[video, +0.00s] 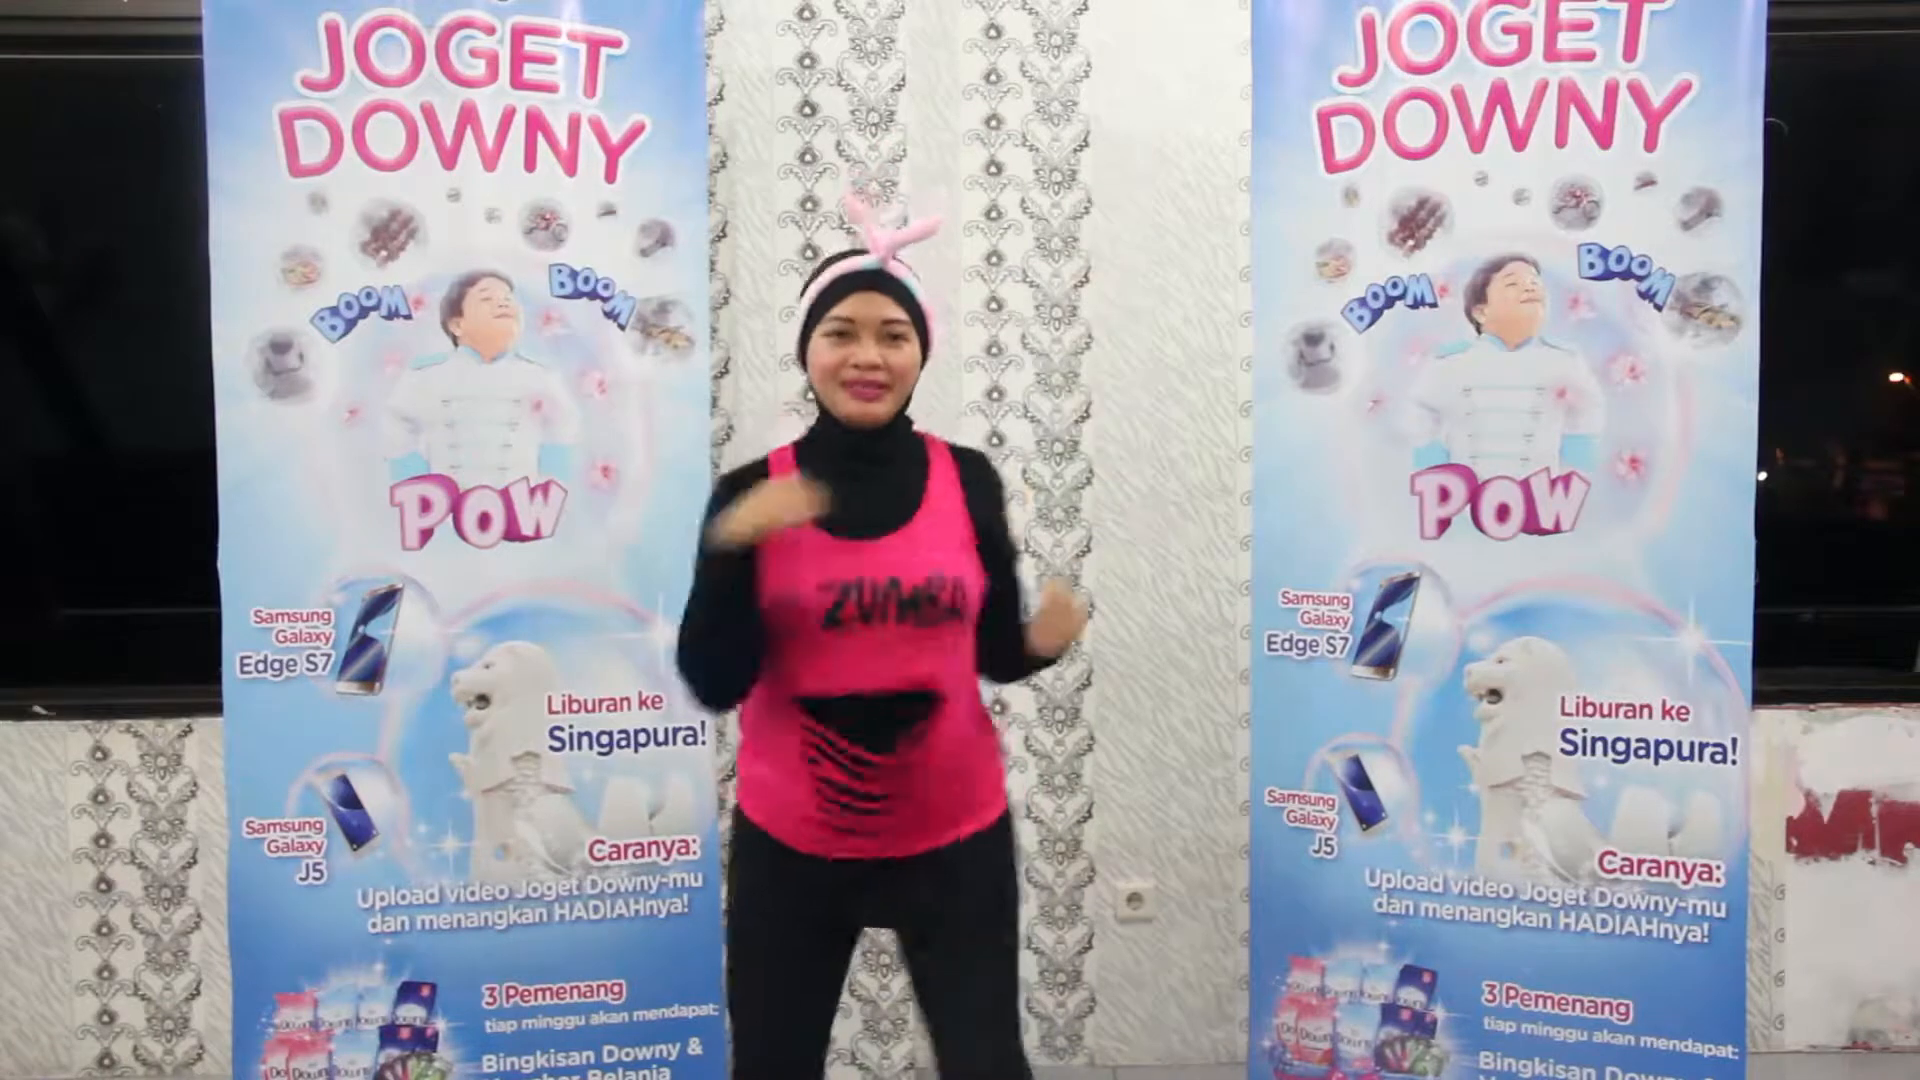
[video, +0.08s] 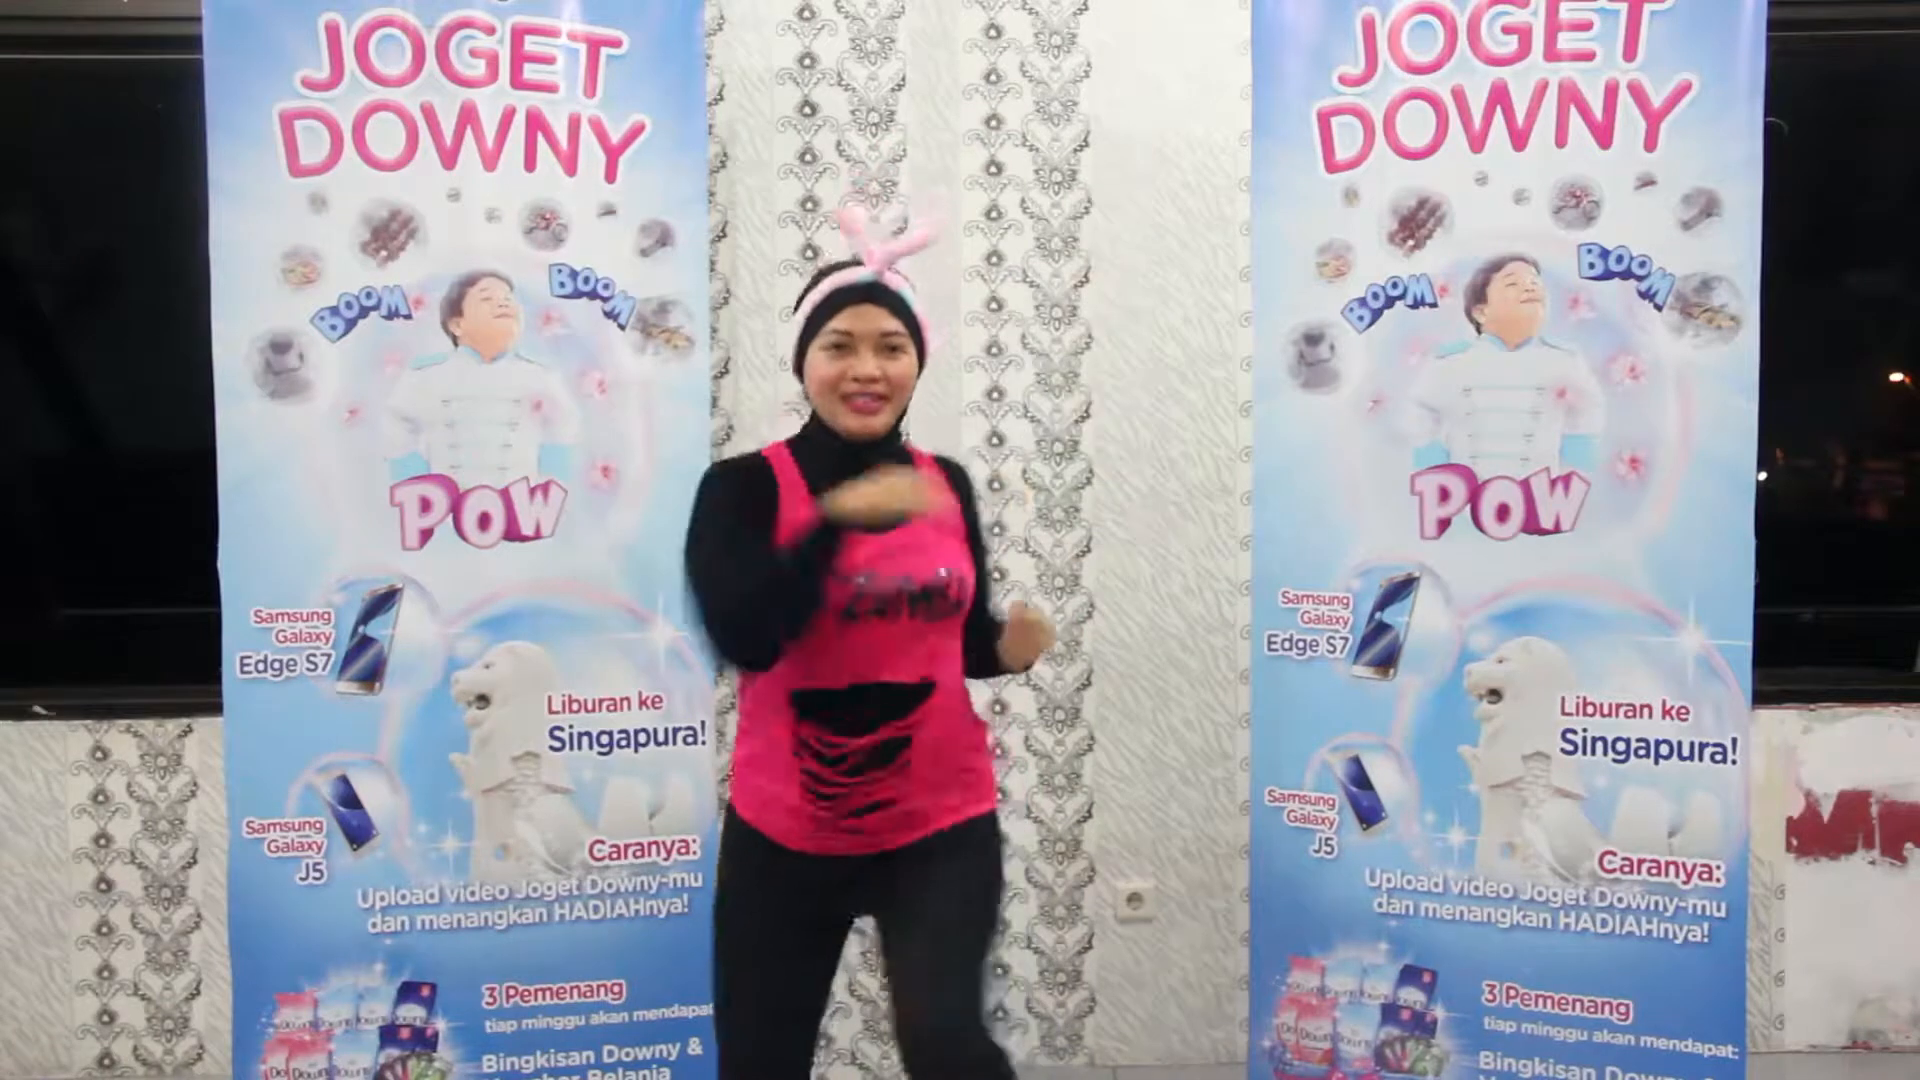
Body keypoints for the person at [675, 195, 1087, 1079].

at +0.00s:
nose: (867, 355)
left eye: (893, 335)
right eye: (842, 333)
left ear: (921, 358)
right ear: (805, 354)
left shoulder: (966, 481)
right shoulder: (748, 499)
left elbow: (993, 654)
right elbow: (713, 681)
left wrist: (1038, 641)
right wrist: (732, 545)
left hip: (954, 838)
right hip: (792, 842)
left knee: (988, 1063)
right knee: (772, 1065)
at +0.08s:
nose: (866, 369)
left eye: (890, 348)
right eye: (839, 347)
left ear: (917, 369)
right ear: (801, 367)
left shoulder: (946, 485)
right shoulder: (742, 488)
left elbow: (951, 639)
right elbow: (745, 639)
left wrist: (1001, 646)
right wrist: (826, 524)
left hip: (938, 822)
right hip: (785, 825)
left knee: (945, 1044)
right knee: (760, 1060)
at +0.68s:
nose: (917, 310)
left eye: (942, 290)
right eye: (895, 292)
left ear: (981, 320)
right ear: (869, 323)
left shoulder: (1036, 438)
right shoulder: (839, 467)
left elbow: (1128, 509)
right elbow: (731, 603)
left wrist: (1025, 430)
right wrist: (720, 496)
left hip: (1022, 795)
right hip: (877, 782)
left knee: (1028, 1060)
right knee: (749, 908)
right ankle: (818, 1069)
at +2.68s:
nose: (885, 246)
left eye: (918, 208)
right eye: (848, 217)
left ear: (978, 228)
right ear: (811, 249)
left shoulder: (1050, 394)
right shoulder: (769, 401)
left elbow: (1132, 551)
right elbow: (677, 605)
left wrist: (1077, 350)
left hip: (1013, 892)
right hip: (795, 872)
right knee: (851, 1057)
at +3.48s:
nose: (905, 316)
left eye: (940, 286)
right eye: (870, 290)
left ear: (990, 320)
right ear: (828, 325)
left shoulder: (1060, 508)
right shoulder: (764, 516)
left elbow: (1111, 736)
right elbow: (750, 751)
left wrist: (1090, 839)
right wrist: (754, 950)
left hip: (1021, 955)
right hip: (830, 961)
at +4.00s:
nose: (923, 318)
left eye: (952, 294)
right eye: (898, 297)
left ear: (997, 315)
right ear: (870, 323)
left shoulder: (1068, 455)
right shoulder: (838, 463)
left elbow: (1109, 605)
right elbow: (802, 599)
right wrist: (761, 733)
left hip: (1043, 832)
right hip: (877, 827)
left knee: (1034, 1065)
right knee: (853, 1064)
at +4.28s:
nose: (911, 381)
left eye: (938, 362)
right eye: (888, 363)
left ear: (975, 388)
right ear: (860, 387)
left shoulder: (1040, 522)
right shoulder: (821, 530)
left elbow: (1084, 683)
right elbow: (793, 726)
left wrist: (1093, 830)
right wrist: (771, 678)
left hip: (1008, 849)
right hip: (865, 850)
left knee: (950, 1054)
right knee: (887, 1064)